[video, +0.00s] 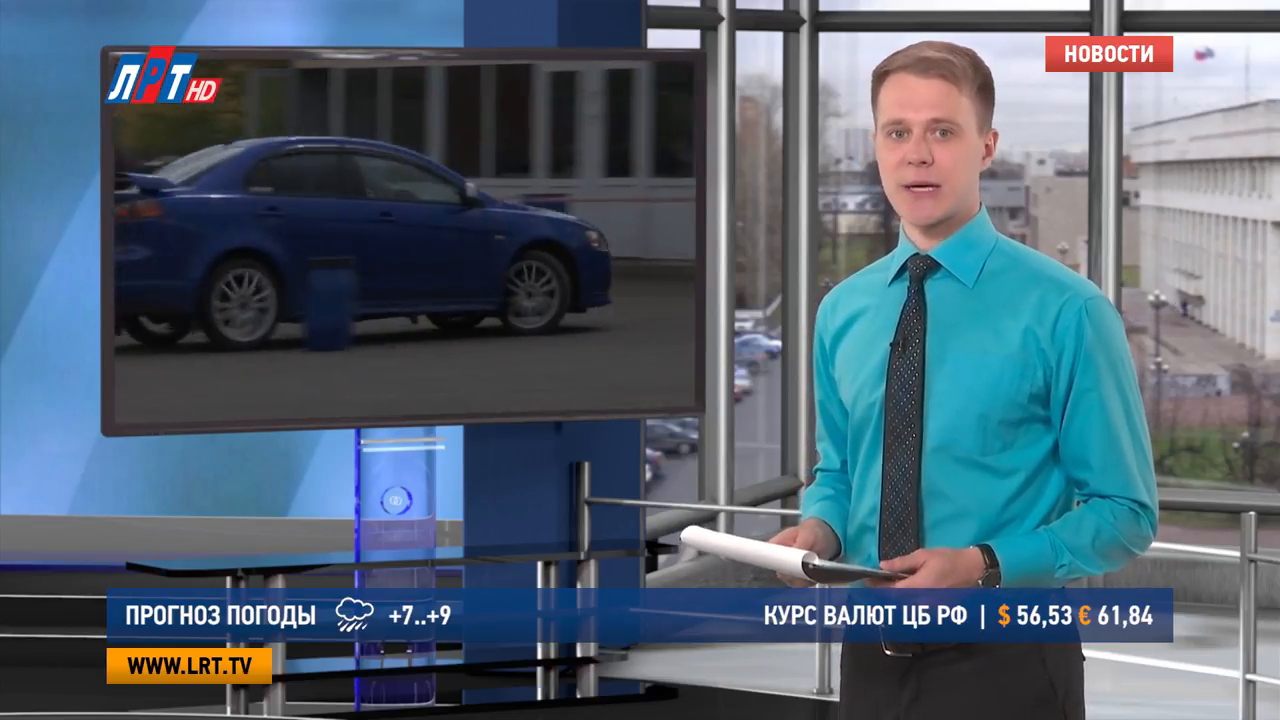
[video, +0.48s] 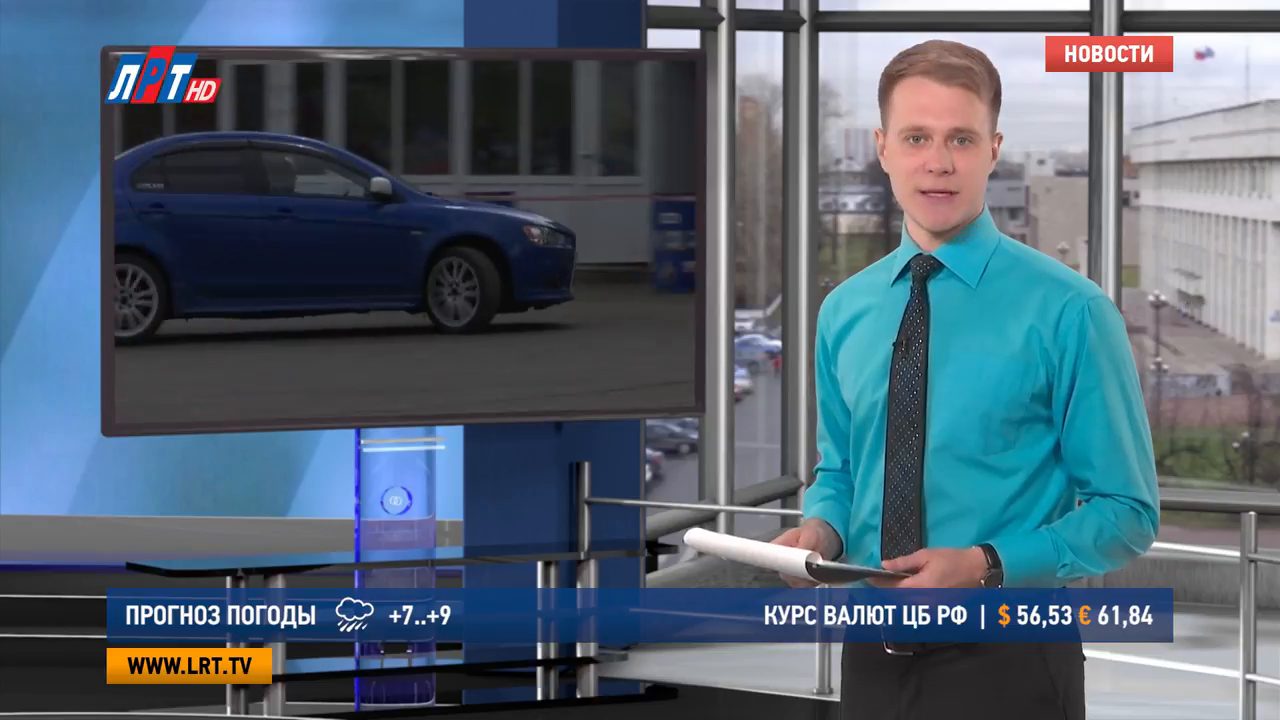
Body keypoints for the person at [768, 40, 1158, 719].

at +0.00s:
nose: (917, 155)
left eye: (943, 131)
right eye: (897, 132)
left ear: (987, 146)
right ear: (876, 148)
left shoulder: (1067, 310)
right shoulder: (842, 310)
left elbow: (1125, 511)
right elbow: (836, 474)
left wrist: (985, 564)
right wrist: (816, 530)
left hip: (1004, 664)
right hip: (870, 663)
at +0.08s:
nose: (919, 156)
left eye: (944, 133)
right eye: (899, 134)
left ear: (988, 147)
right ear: (877, 148)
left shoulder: (1067, 310)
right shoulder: (843, 310)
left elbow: (1125, 511)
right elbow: (835, 473)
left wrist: (985, 564)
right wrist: (816, 530)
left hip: (1004, 663)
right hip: (871, 662)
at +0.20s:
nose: (926, 158)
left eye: (951, 135)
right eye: (906, 135)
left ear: (991, 146)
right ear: (879, 148)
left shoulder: (1068, 310)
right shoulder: (843, 310)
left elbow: (1126, 510)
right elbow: (837, 471)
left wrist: (986, 566)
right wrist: (816, 533)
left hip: (1004, 661)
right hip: (871, 658)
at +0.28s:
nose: (931, 158)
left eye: (955, 136)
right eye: (910, 135)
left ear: (992, 148)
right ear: (881, 147)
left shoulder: (1069, 310)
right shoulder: (844, 310)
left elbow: (1127, 510)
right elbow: (837, 472)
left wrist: (987, 566)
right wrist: (815, 535)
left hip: (1006, 661)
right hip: (872, 658)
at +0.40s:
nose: (935, 161)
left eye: (959, 138)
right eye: (914, 137)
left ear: (994, 148)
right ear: (882, 148)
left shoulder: (1068, 310)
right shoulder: (844, 311)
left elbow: (1127, 510)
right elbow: (836, 472)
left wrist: (987, 564)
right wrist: (818, 531)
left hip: (1005, 663)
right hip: (871, 661)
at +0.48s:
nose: (938, 162)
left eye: (961, 139)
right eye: (916, 138)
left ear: (995, 149)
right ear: (882, 148)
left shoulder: (1069, 310)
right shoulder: (844, 311)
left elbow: (1128, 511)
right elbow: (837, 472)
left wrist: (987, 564)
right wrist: (819, 529)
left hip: (1006, 661)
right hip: (872, 658)